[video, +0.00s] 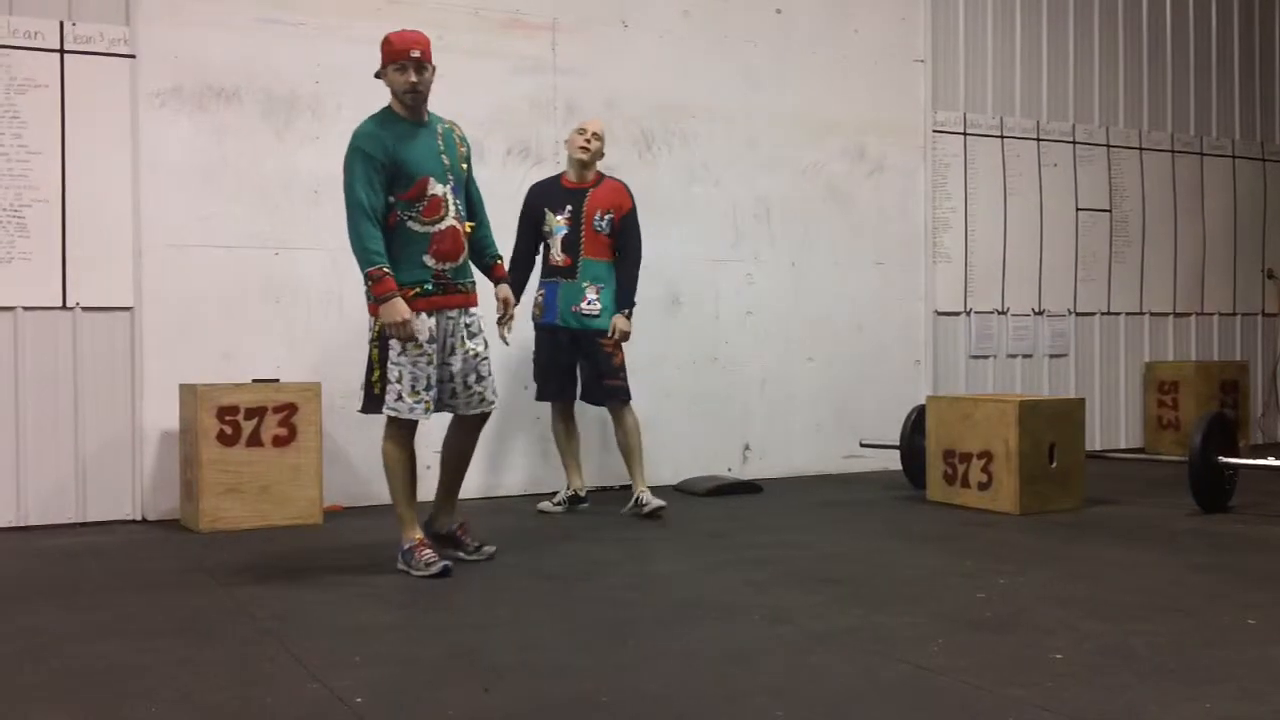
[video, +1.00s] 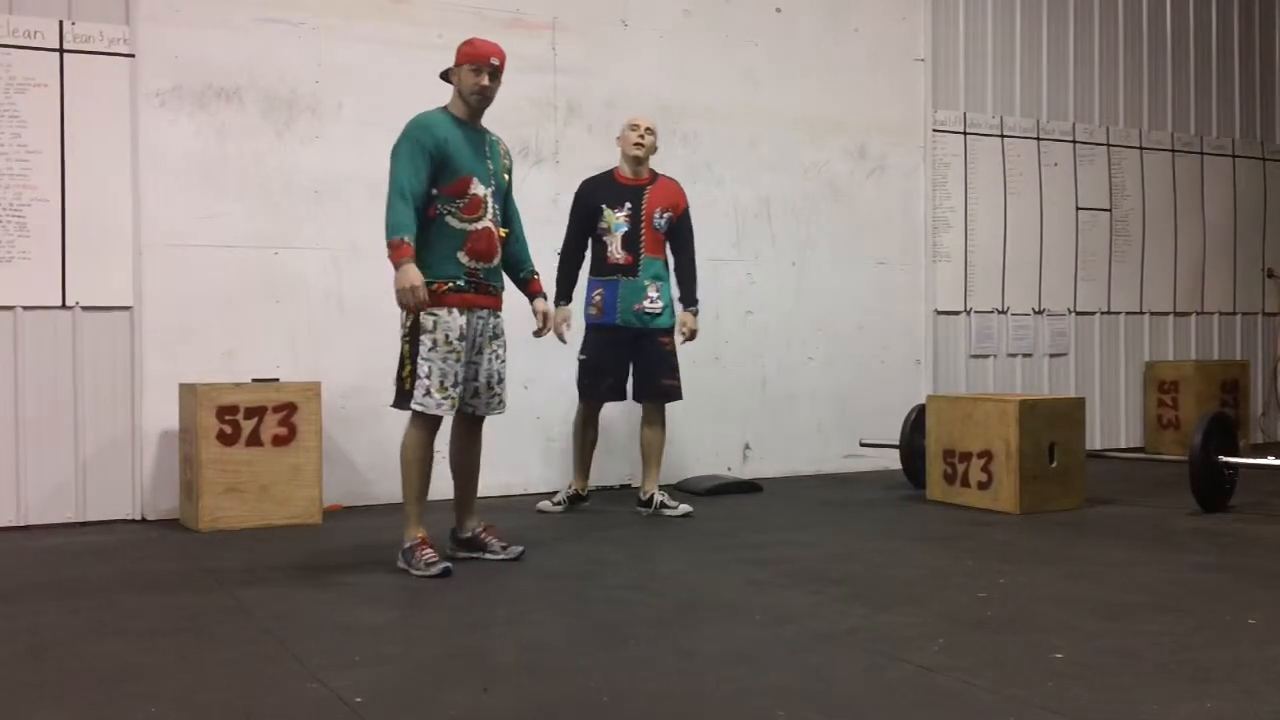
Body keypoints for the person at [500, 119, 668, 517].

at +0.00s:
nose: (587, 140)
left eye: (595, 137)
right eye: (582, 134)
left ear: (602, 152)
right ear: (567, 143)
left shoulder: (617, 193)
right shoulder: (541, 192)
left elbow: (630, 254)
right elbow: (524, 252)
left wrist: (624, 310)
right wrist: (508, 302)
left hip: (601, 318)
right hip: (553, 318)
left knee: (618, 402)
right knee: (560, 402)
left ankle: (640, 489)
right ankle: (575, 487)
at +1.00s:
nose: (642, 135)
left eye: (649, 132)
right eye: (635, 130)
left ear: (656, 147)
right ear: (619, 141)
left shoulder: (671, 192)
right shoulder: (592, 189)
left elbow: (684, 253)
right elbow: (572, 248)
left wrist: (689, 307)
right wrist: (562, 302)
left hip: (656, 319)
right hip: (605, 319)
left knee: (654, 405)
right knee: (589, 404)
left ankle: (650, 491)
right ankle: (578, 486)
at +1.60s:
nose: (667, 142)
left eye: (674, 138)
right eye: (660, 135)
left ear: (682, 147)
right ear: (646, 140)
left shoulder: (689, 196)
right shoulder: (616, 187)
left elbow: (700, 257)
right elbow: (592, 245)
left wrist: (710, 309)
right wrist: (585, 298)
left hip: (672, 315)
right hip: (627, 312)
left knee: (662, 403)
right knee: (624, 400)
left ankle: (650, 492)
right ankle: (603, 481)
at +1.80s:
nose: (667, 143)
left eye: (674, 138)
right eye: (660, 135)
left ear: (680, 146)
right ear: (644, 140)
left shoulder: (688, 196)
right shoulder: (615, 186)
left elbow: (693, 259)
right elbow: (589, 246)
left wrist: (699, 313)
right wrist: (584, 296)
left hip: (671, 315)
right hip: (625, 312)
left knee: (662, 404)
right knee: (617, 399)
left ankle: (650, 491)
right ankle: (584, 475)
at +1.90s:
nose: (662, 143)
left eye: (669, 138)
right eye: (656, 135)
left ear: (676, 146)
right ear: (640, 140)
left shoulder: (684, 196)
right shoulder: (612, 187)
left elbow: (691, 259)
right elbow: (587, 245)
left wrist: (696, 313)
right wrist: (584, 298)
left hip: (668, 317)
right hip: (621, 314)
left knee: (660, 405)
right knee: (608, 399)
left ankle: (650, 491)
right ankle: (576, 474)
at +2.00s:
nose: (657, 144)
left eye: (664, 139)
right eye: (650, 136)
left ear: (670, 146)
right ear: (634, 140)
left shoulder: (679, 195)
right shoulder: (606, 187)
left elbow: (687, 259)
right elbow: (582, 247)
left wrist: (695, 311)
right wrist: (580, 299)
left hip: (663, 319)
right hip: (615, 317)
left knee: (658, 406)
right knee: (600, 403)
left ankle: (650, 491)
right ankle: (573, 485)